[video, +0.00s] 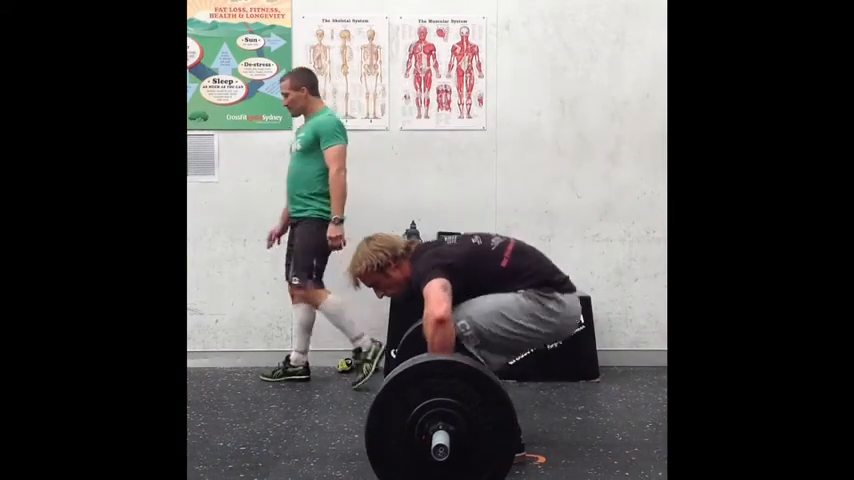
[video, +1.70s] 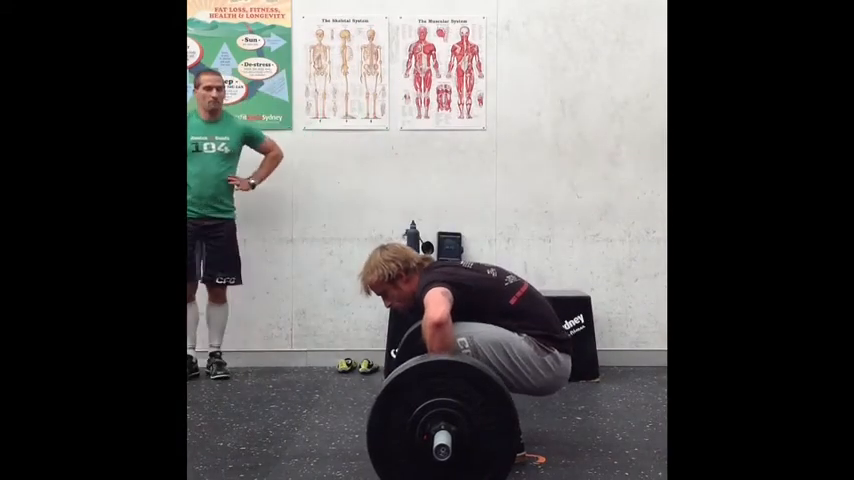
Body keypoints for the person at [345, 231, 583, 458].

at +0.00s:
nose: (381, 294)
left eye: (377, 286)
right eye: (375, 289)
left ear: (391, 267)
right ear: (393, 263)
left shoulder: (428, 262)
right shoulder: (427, 257)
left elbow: (439, 316)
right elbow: (441, 317)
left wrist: (438, 388)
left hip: (550, 303)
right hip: (547, 299)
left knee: (448, 332)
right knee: (442, 331)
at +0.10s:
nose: (380, 305)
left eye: (376, 296)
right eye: (374, 299)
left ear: (391, 276)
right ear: (394, 273)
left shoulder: (428, 273)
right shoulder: (432, 266)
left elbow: (436, 319)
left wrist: (438, 388)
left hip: (546, 328)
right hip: (544, 324)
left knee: (446, 334)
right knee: (436, 333)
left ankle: (495, 436)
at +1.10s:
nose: (387, 305)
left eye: (384, 296)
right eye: (381, 299)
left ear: (401, 279)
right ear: (403, 276)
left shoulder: (431, 278)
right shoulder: (440, 270)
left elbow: (435, 320)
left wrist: (440, 388)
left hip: (546, 357)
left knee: (444, 340)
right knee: (442, 339)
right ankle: (504, 437)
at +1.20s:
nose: (387, 306)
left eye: (385, 296)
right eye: (381, 299)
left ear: (401, 279)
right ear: (403, 277)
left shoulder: (432, 279)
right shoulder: (440, 271)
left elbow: (436, 320)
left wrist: (440, 386)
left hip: (545, 360)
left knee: (441, 340)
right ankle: (504, 437)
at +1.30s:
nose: (387, 304)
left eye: (385, 295)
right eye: (381, 298)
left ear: (401, 278)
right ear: (404, 276)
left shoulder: (433, 278)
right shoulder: (441, 270)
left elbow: (437, 320)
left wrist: (441, 386)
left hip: (545, 357)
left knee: (442, 340)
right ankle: (504, 437)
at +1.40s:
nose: (387, 303)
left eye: (385, 294)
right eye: (381, 297)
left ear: (402, 277)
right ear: (404, 275)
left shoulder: (433, 277)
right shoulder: (440, 269)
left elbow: (437, 319)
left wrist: (441, 386)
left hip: (546, 356)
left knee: (443, 340)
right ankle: (503, 437)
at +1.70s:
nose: (387, 304)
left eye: (385, 295)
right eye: (381, 297)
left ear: (402, 278)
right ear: (404, 276)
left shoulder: (434, 278)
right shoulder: (441, 271)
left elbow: (437, 319)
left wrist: (441, 385)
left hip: (546, 358)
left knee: (442, 340)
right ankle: (504, 437)